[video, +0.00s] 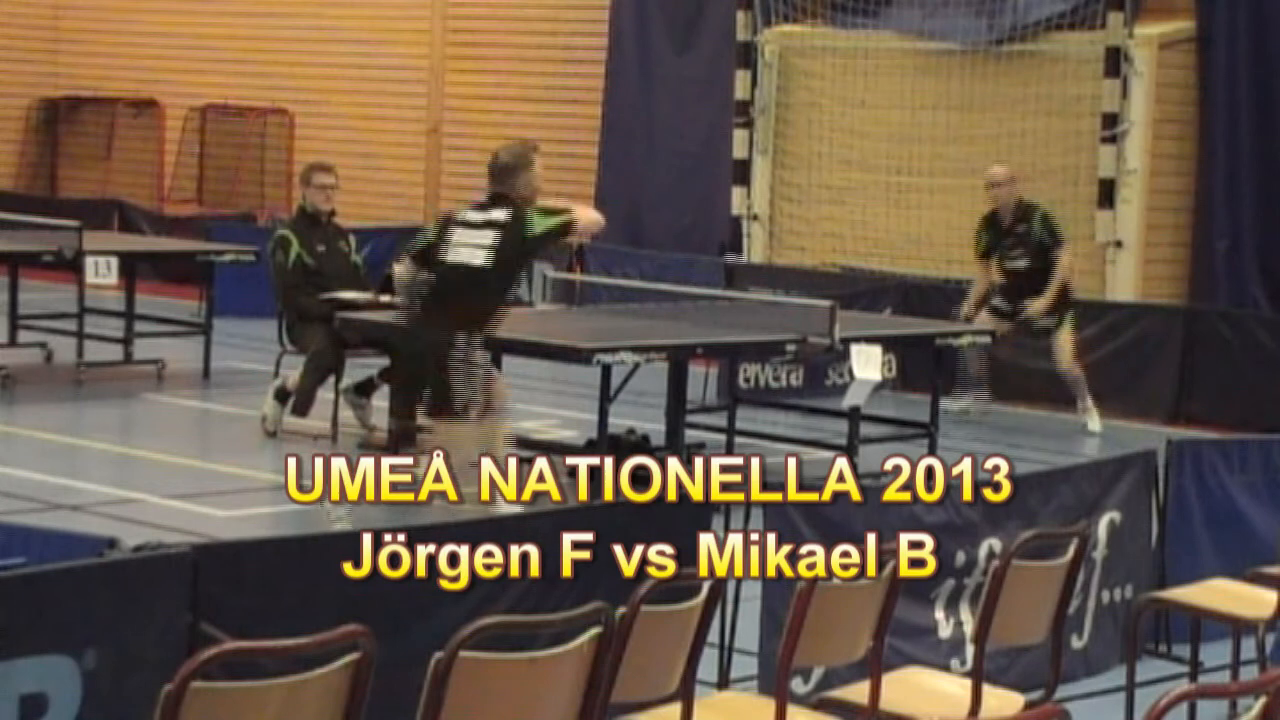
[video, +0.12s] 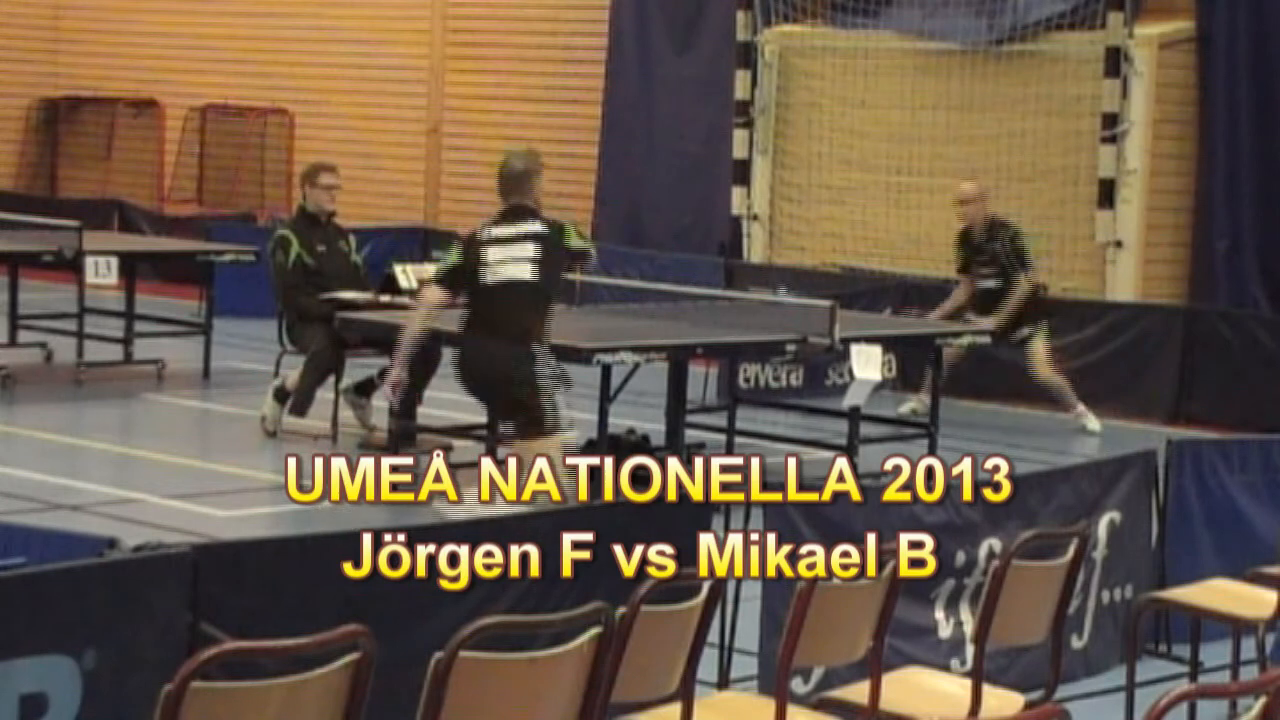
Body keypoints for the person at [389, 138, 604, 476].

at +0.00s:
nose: (539, 180)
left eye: (537, 172)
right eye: (536, 173)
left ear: (493, 178)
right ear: (526, 181)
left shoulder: (457, 219)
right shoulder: (523, 221)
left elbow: (406, 264)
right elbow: (592, 220)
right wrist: (553, 207)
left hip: (426, 333)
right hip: (464, 338)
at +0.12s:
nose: (540, 187)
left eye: (538, 181)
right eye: (539, 181)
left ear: (500, 187)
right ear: (535, 185)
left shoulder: (479, 240)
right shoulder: (555, 235)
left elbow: (441, 290)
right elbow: (586, 256)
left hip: (476, 363)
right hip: (523, 364)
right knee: (544, 440)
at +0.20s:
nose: (551, 194)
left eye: (547, 188)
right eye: (551, 188)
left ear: (512, 194)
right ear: (549, 193)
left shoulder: (492, 247)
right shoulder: (571, 243)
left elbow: (453, 308)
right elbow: (597, 282)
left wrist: (425, 369)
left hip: (502, 366)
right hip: (554, 365)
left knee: (529, 430)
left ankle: (516, 507)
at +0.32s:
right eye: (568, 187)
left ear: (529, 192)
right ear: (567, 191)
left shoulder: (519, 242)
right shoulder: (592, 240)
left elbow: (495, 302)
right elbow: (612, 291)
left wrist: (482, 358)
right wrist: (576, 310)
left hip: (540, 368)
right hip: (596, 366)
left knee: (524, 452)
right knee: (655, 458)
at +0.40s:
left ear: (537, 182)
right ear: (575, 183)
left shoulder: (526, 229)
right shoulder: (602, 229)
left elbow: (514, 289)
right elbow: (622, 295)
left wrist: (502, 354)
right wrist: (596, 324)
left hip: (545, 359)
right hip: (603, 357)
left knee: (513, 436)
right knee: (657, 454)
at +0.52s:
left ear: (534, 169)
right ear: (575, 172)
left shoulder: (517, 217)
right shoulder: (603, 222)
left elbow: (507, 288)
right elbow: (626, 304)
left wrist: (495, 356)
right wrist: (585, 306)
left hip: (532, 349)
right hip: (594, 349)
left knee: (495, 444)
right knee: (645, 445)